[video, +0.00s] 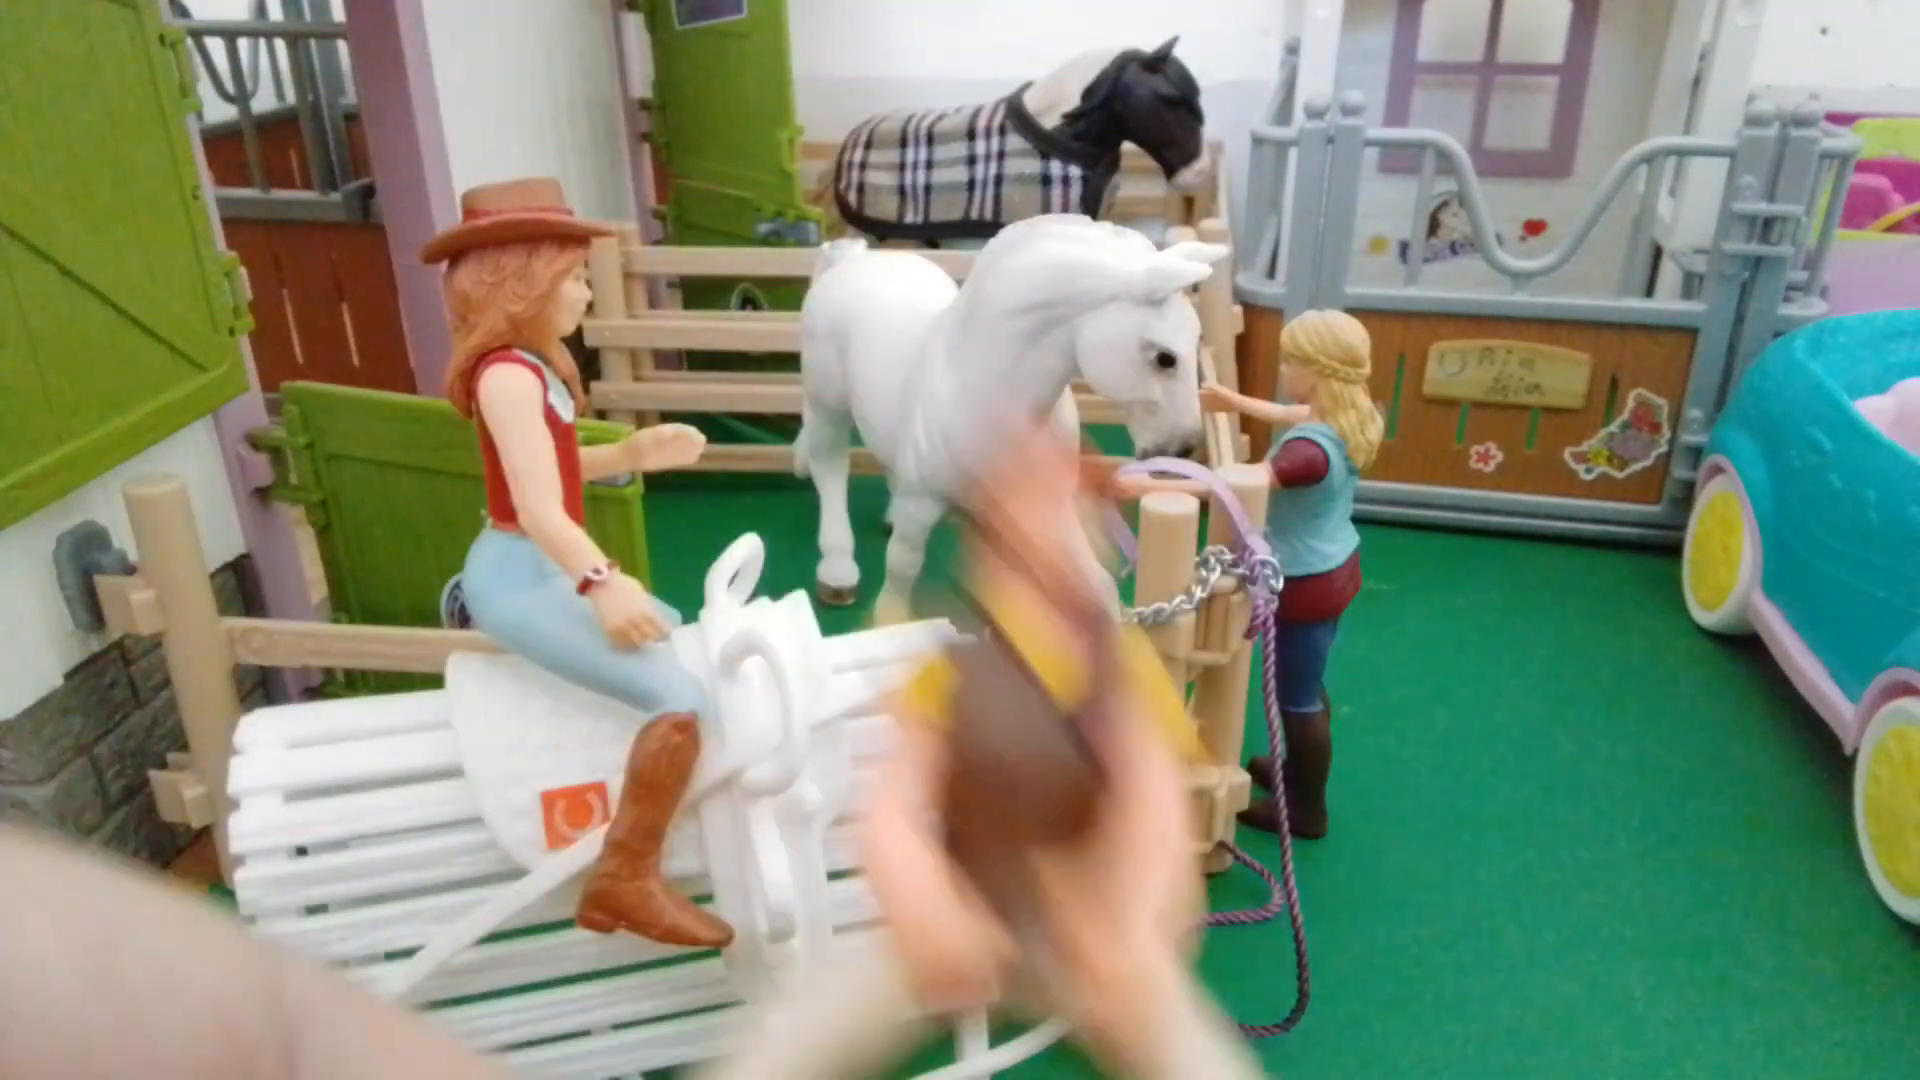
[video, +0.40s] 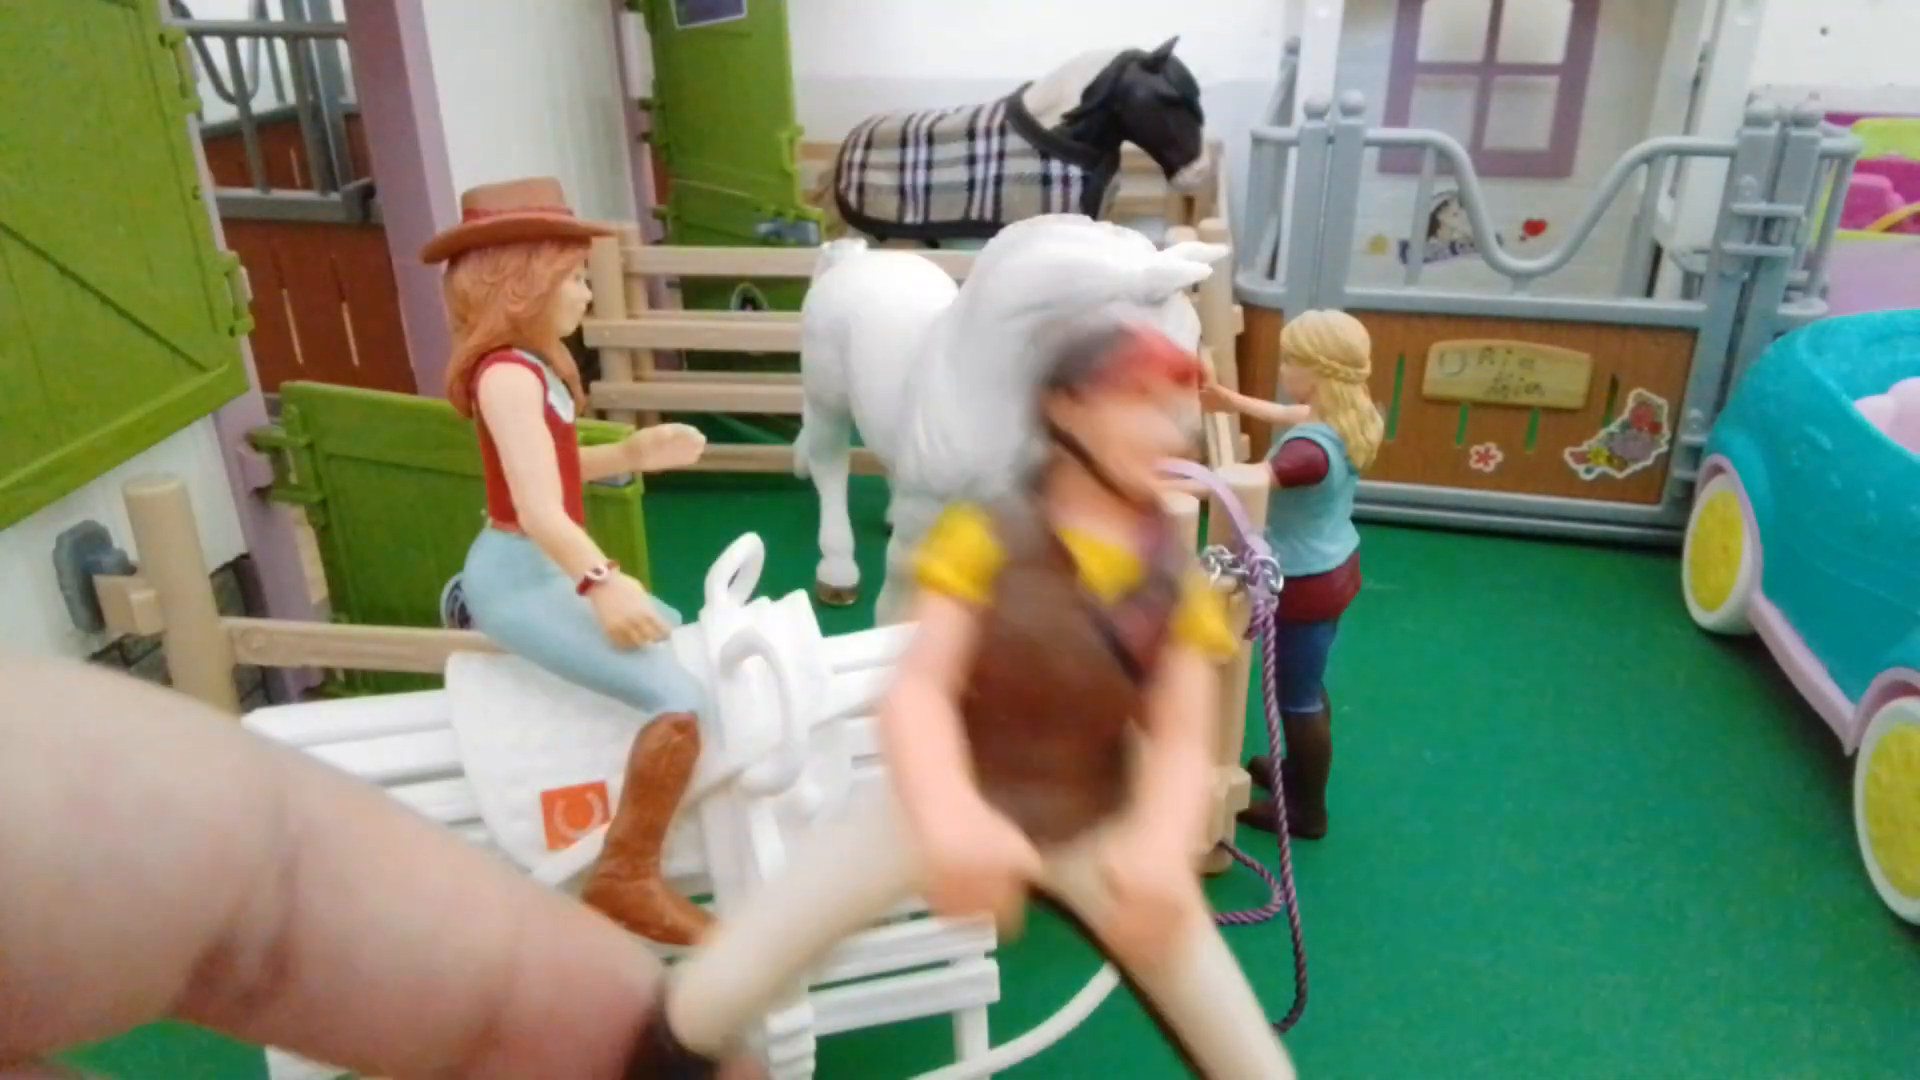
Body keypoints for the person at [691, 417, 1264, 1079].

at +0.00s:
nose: (1043, 521)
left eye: (1054, 498)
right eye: (1020, 503)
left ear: (1079, 508)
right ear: (984, 524)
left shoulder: (1121, 659)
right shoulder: (952, 670)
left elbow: (1155, 806)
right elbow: (895, 813)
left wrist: (1128, 939)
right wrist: (936, 926)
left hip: (1097, 902)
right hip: (968, 911)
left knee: (1206, 1060)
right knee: (784, 1049)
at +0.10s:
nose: (1053, 579)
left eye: (1071, 557)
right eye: (1030, 560)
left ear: (1098, 569)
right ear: (997, 564)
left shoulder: (1123, 695)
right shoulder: (947, 682)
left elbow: (1137, 840)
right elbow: (874, 811)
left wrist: (1075, 937)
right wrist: (883, 911)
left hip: (1063, 925)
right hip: (926, 914)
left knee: (1184, 1065)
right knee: (745, 1034)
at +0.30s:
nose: (1113, 417)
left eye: (1128, 394)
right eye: (1083, 389)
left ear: (1145, 413)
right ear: (1024, 402)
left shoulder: (1163, 570)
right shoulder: (961, 546)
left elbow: (1182, 743)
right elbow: (916, 705)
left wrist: (1145, 861)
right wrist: (944, 838)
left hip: (1110, 831)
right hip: (963, 814)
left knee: (1249, 1053)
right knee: (720, 1012)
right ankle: (698, 1046)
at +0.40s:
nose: (1172, 426)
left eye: (1179, 401)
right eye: (1143, 399)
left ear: (1189, 412)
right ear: (1065, 414)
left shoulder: (1182, 579)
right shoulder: (988, 536)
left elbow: (1183, 741)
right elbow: (918, 690)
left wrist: (1160, 852)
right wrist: (955, 825)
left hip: (1101, 816)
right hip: (957, 794)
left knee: (1248, 1054)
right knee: (711, 994)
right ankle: (674, 1045)